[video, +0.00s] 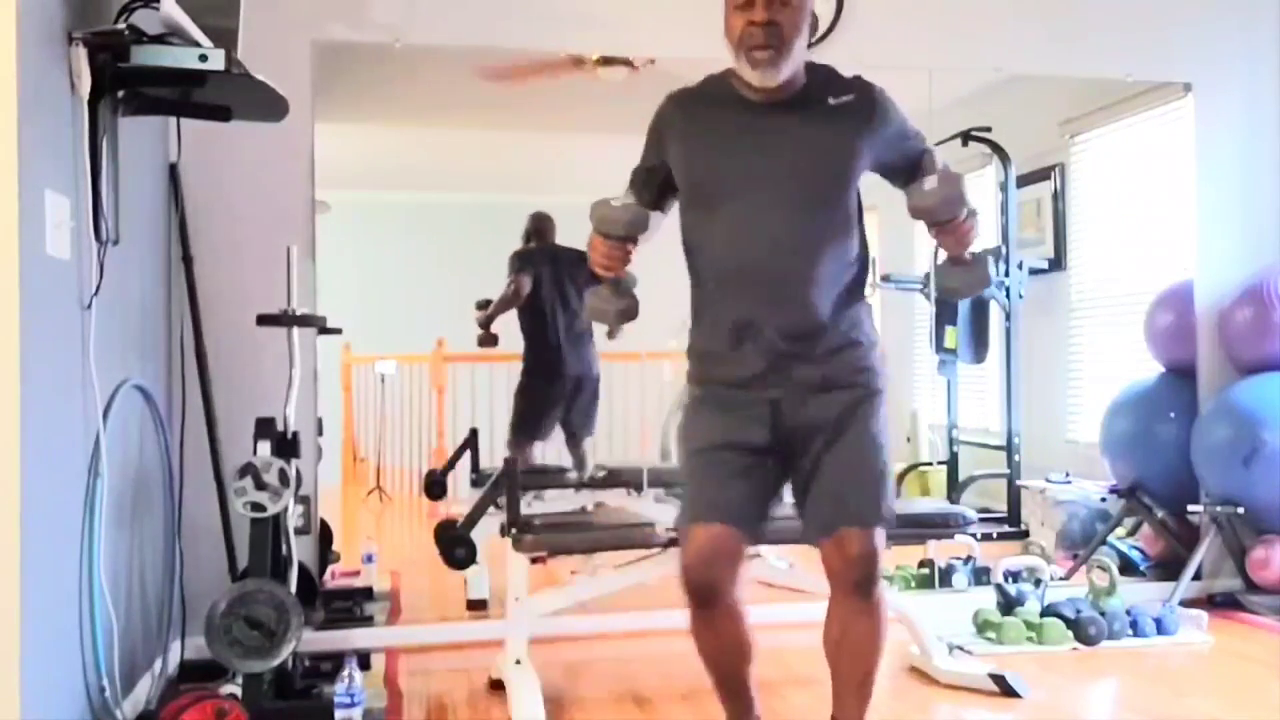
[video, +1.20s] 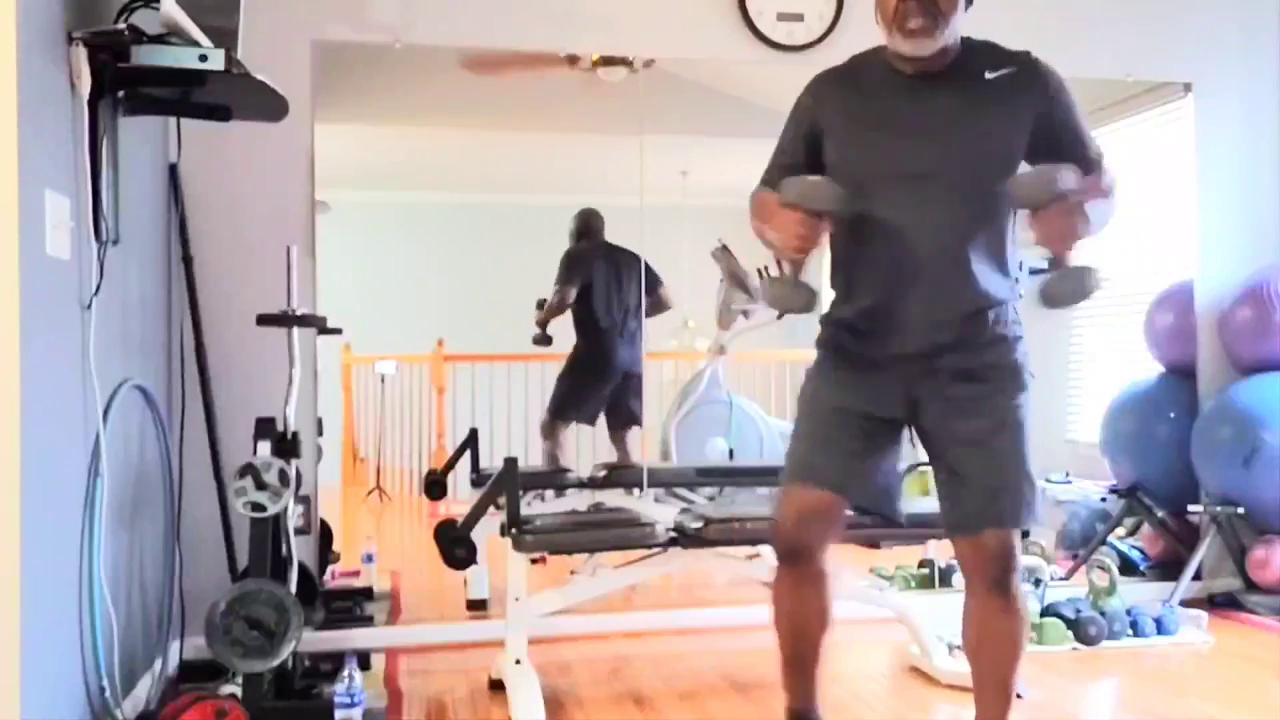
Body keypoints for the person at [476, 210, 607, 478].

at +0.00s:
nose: (527, 239)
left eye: (527, 235)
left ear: (527, 235)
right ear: (554, 234)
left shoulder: (524, 257)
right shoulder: (577, 257)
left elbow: (520, 290)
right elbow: (619, 282)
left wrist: (488, 317)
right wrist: (615, 322)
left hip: (547, 368)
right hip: (585, 369)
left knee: (520, 443)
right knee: (577, 438)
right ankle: (584, 498)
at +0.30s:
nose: (535, 238)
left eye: (535, 234)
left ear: (536, 235)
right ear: (564, 232)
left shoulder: (532, 262)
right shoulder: (593, 259)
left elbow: (517, 313)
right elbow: (619, 310)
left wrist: (514, 339)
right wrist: (590, 319)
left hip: (562, 359)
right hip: (601, 358)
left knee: (537, 438)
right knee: (603, 427)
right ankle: (613, 466)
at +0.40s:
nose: (543, 259)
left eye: (544, 254)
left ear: (545, 254)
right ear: (572, 253)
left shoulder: (543, 280)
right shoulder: (599, 280)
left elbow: (526, 330)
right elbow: (614, 323)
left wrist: (526, 353)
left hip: (569, 373)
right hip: (608, 372)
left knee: (529, 442)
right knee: (607, 437)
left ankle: (536, 500)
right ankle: (628, 492)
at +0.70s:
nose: (560, 268)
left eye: (561, 264)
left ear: (564, 263)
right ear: (591, 262)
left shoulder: (568, 286)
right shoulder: (619, 288)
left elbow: (553, 338)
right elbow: (637, 341)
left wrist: (534, 349)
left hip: (590, 377)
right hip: (629, 378)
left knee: (539, 440)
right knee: (605, 443)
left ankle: (539, 500)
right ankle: (628, 493)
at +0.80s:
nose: (561, 252)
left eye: (562, 247)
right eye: (563, 248)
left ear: (566, 245)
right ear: (591, 244)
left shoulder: (574, 264)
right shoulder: (626, 269)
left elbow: (571, 306)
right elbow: (656, 311)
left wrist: (540, 329)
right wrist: (626, 324)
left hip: (593, 362)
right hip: (629, 365)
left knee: (549, 430)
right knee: (610, 433)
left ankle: (546, 496)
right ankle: (625, 487)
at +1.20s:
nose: (571, 235)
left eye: (572, 231)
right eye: (573, 231)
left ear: (576, 231)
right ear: (602, 231)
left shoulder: (577, 255)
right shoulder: (630, 258)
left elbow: (564, 299)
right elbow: (664, 301)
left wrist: (545, 317)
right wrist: (631, 313)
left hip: (594, 358)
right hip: (631, 360)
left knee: (552, 426)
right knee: (620, 430)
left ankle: (556, 491)